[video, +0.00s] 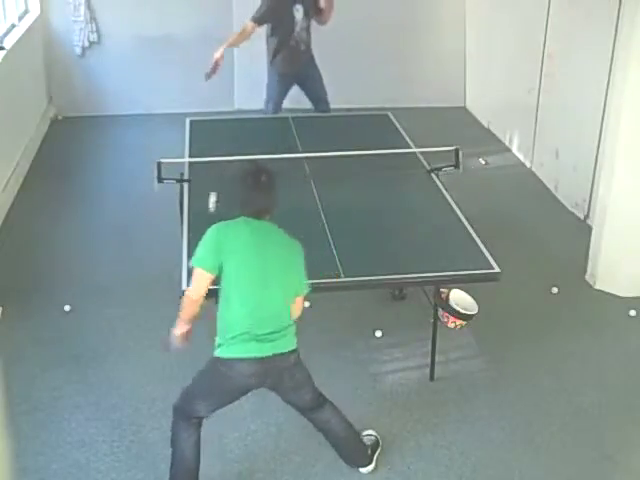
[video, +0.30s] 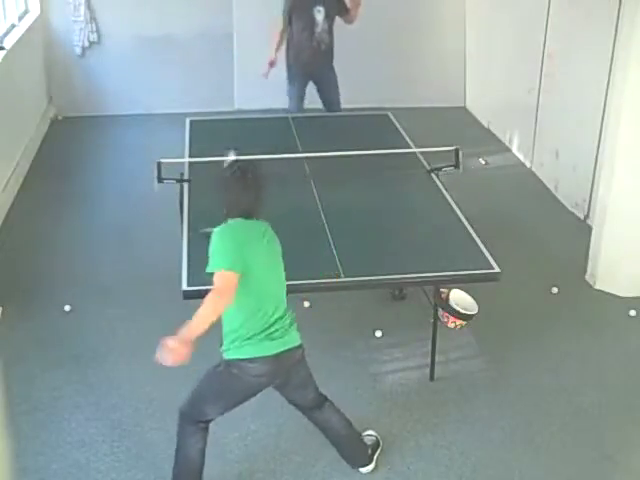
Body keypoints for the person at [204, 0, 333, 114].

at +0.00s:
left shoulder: (307, 2)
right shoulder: (273, 4)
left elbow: (322, 20)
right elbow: (248, 29)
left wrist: (329, 3)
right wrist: (222, 49)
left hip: (306, 63)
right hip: (281, 66)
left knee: (323, 108)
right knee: (272, 111)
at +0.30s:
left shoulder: (332, 2)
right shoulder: (292, 3)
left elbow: (349, 18)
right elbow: (284, 28)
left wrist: (356, 4)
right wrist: (273, 55)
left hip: (323, 63)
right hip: (297, 64)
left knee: (335, 112)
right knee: (295, 112)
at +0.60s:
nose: (315, 2)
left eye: (318, 1)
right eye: (312, 1)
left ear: (324, 0)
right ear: (308, 0)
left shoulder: (337, 6)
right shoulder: (296, 11)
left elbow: (355, 32)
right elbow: (281, 43)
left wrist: (361, 26)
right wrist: (291, 63)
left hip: (327, 72)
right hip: (301, 72)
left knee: (336, 114)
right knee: (297, 114)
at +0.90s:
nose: (304, 2)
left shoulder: (323, 5)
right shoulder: (286, 15)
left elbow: (331, 25)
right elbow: (277, 58)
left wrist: (352, 32)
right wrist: (304, 75)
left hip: (316, 69)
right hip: (289, 70)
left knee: (328, 115)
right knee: (290, 115)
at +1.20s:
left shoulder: (323, 1)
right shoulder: (280, 2)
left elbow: (337, 18)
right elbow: (257, 22)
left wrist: (353, 15)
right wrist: (238, 31)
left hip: (316, 73)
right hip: (290, 74)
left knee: (323, 120)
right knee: (289, 120)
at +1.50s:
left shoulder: (331, 3)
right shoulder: (289, 4)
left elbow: (347, 24)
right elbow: (269, 28)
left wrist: (355, 22)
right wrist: (266, 47)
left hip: (325, 71)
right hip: (298, 71)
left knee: (341, 116)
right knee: (295, 118)